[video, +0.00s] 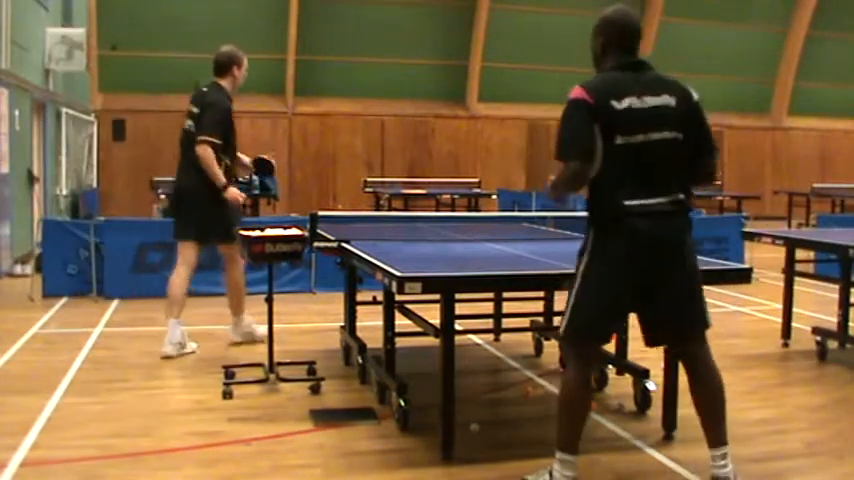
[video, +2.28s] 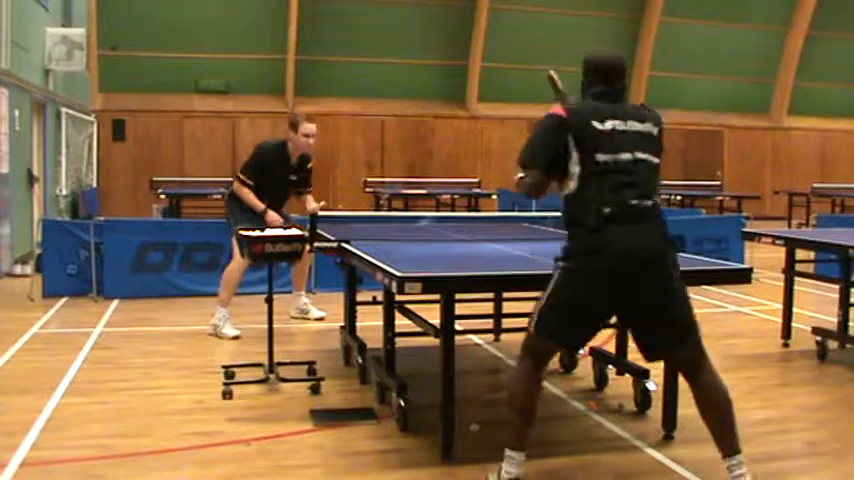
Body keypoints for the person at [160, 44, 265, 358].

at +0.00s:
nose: (245, 75)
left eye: (245, 69)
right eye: (244, 69)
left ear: (220, 68)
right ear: (236, 70)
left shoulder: (203, 95)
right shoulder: (219, 102)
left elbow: (213, 141)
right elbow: (203, 148)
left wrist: (238, 158)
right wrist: (226, 186)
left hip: (188, 190)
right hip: (210, 191)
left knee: (185, 261)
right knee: (233, 256)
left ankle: (173, 334)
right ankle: (240, 324)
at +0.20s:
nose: (267, 84)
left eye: (266, 78)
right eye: (263, 78)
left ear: (245, 81)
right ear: (249, 80)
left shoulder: (230, 104)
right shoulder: (237, 112)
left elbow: (235, 146)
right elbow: (220, 158)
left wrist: (260, 156)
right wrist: (248, 187)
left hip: (215, 193)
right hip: (233, 195)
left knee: (222, 259)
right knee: (257, 254)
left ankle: (189, 308)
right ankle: (247, 323)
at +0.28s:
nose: (273, 84)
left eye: (273, 79)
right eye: (269, 79)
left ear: (253, 81)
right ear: (252, 81)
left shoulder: (241, 105)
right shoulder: (242, 112)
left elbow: (241, 146)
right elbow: (225, 157)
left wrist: (265, 154)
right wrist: (256, 183)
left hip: (227, 193)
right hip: (238, 195)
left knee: (238, 253)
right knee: (259, 257)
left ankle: (205, 301)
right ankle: (247, 323)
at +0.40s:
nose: (279, 83)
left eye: (280, 77)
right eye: (274, 77)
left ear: (266, 81)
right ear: (257, 80)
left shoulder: (263, 107)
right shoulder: (245, 109)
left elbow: (259, 140)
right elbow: (229, 155)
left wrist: (279, 151)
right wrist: (261, 174)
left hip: (253, 187)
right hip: (238, 189)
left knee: (261, 249)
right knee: (260, 252)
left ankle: (241, 303)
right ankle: (246, 321)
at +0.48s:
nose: (283, 84)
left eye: (285, 79)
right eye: (278, 79)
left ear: (282, 83)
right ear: (262, 81)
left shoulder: (274, 110)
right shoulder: (246, 111)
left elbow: (273, 141)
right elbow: (232, 155)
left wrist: (287, 150)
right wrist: (265, 172)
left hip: (261, 189)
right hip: (242, 190)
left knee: (268, 248)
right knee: (260, 252)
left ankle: (268, 302)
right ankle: (247, 320)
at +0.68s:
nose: (295, 98)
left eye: (298, 93)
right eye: (289, 93)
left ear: (300, 95)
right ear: (275, 94)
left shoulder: (299, 122)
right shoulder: (259, 121)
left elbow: (313, 151)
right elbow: (241, 162)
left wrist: (315, 161)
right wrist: (274, 174)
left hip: (279, 191)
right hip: (252, 191)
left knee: (293, 244)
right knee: (262, 251)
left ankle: (292, 304)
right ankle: (248, 318)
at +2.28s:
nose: (311, 142)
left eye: (313, 137)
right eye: (306, 136)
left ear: (315, 137)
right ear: (291, 135)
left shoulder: (305, 160)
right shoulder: (266, 151)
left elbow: (304, 193)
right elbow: (239, 186)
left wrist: (310, 205)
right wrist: (265, 211)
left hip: (274, 209)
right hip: (244, 204)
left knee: (304, 246)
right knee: (243, 255)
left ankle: (300, 303)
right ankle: (220, 317)